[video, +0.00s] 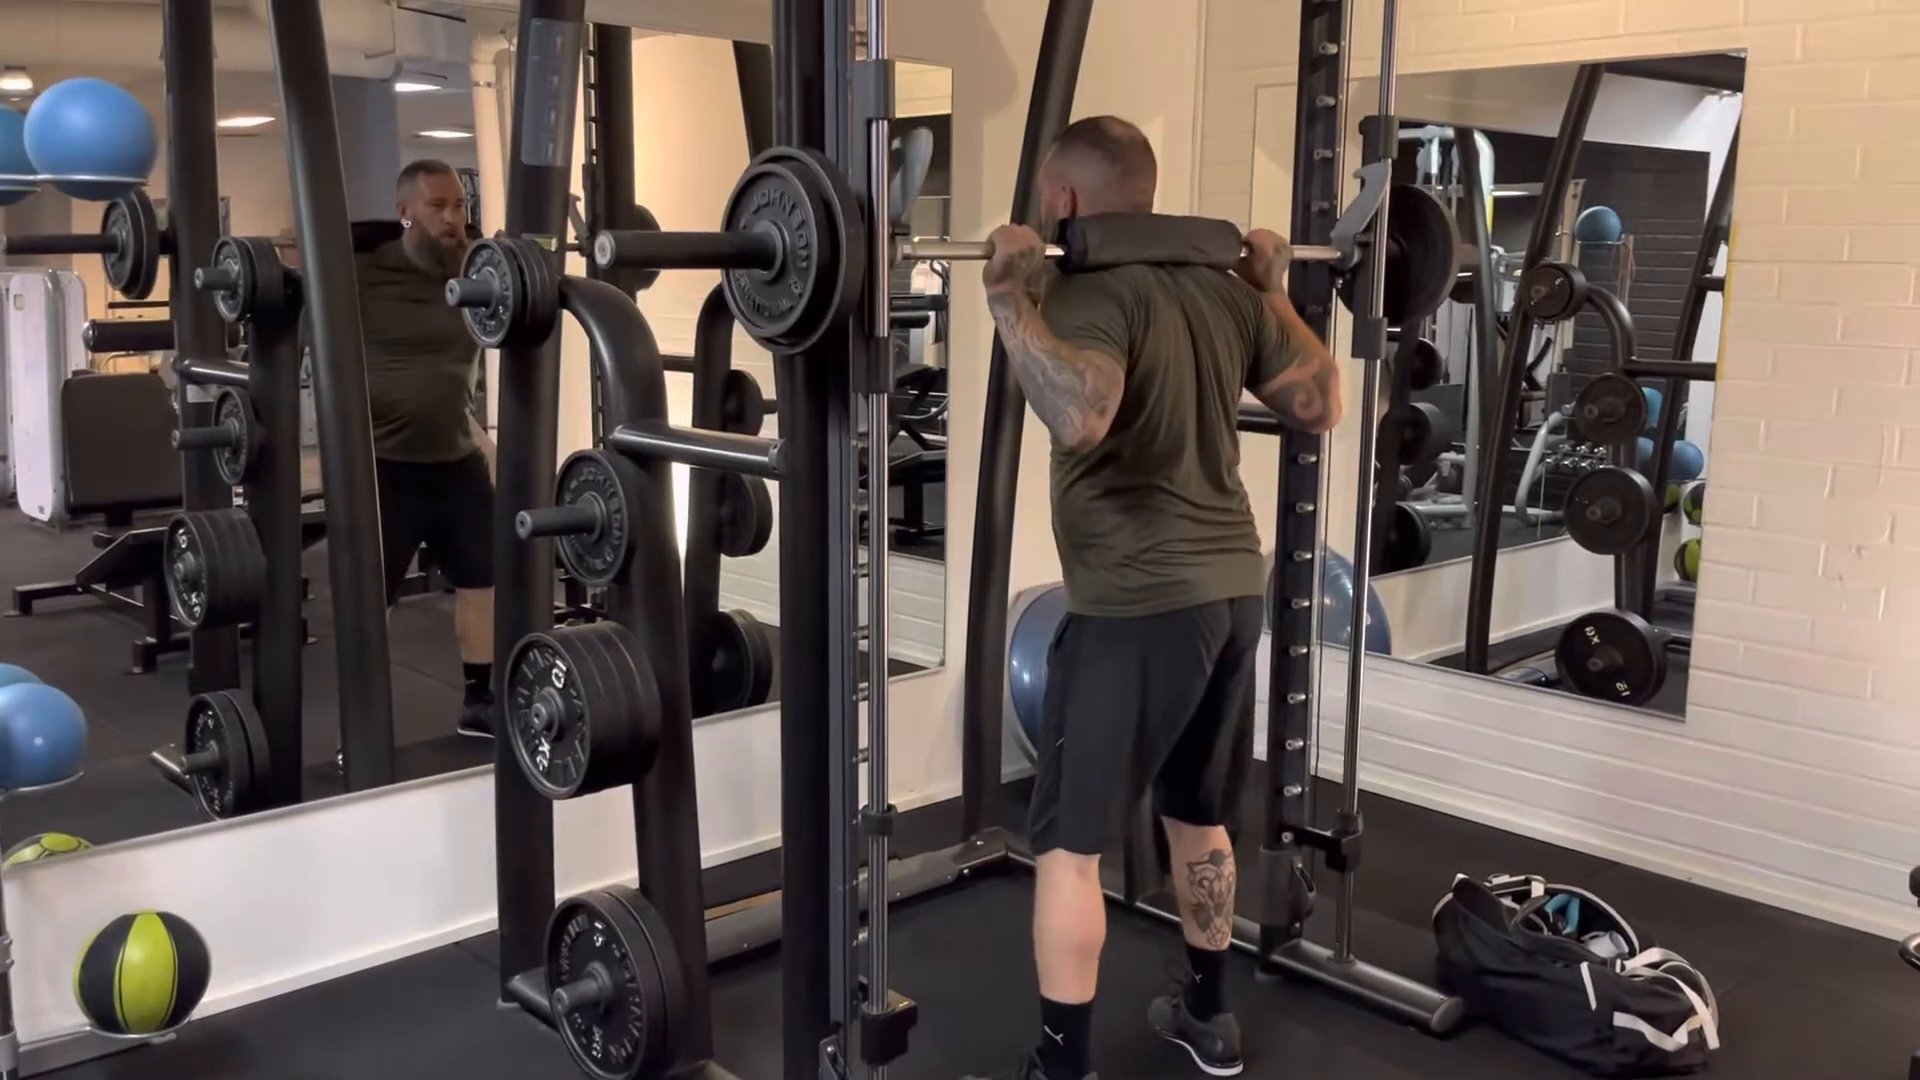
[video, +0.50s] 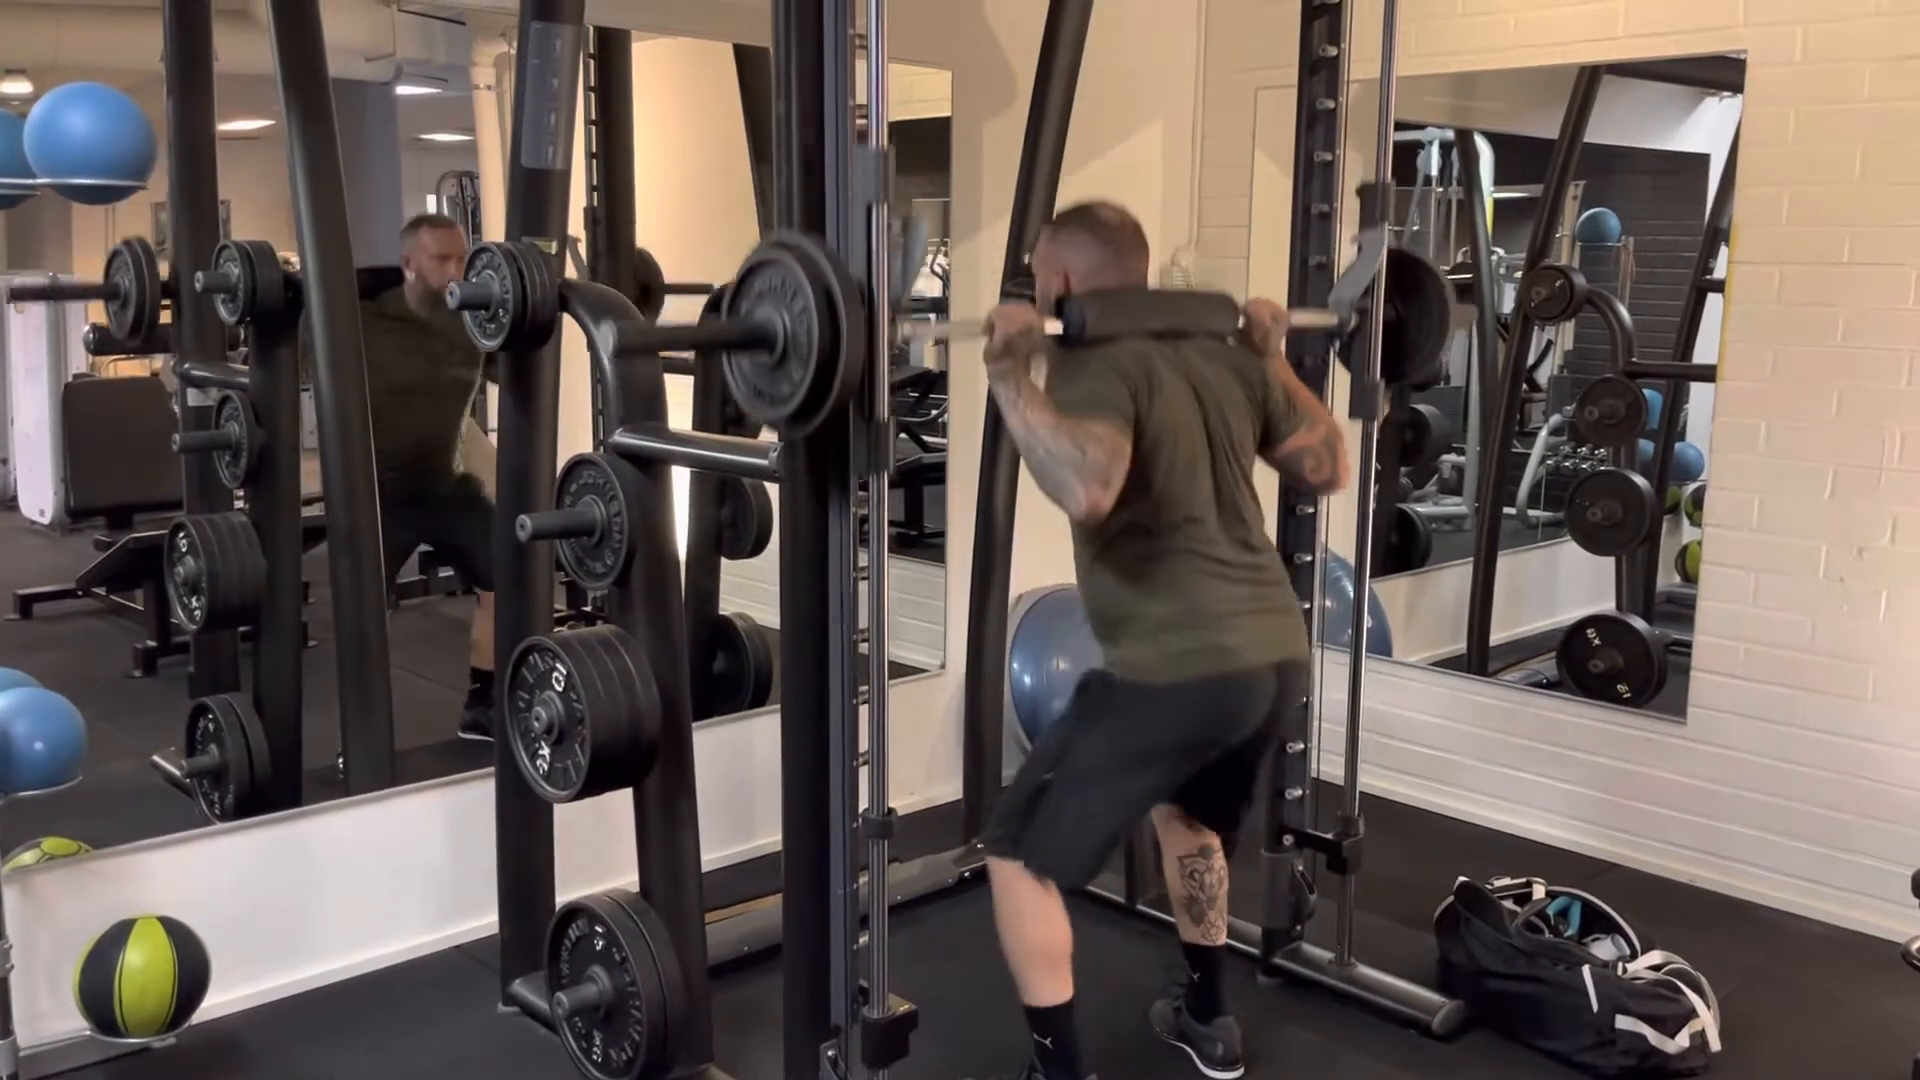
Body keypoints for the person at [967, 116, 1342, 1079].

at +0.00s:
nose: (1042, 214)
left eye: (1044, 199)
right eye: (1045, 200)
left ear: (1067, 195)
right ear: (1147, 191)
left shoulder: (1095, 283)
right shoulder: (1225, 281)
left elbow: (1081, 414)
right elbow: (1315, 402)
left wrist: (1009, 291)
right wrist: (1273, 293)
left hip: (1135, 604)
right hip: (1234, 592)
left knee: (1072, 840)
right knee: (1197, 806)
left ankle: (1061, 1065)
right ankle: (1209, 1016)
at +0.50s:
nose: (1040, 300)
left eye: (1045, 284)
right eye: (1040, 284)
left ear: (1071, 280)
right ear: (1140, 271)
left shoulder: (1101, 361)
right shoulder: (1228, 351)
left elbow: (1087, 484)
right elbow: (1324, 464)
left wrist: (1011, 376)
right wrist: (1275, 356)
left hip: (1173, 674)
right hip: (1271, 664)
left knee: (1019, 850)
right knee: (1187, 810)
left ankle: (1058, 1067)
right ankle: (1210, 1022)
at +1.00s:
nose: (1033, 546)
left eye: (1033, 529)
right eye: (1032, 528)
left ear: (1056, 536)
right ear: (1132, 521)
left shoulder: (1098, 609)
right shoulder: (1223, 594)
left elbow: (1093, 750)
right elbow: (1331, 688)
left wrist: (1005, 638)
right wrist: (1266, 585)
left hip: (1205, 914)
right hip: (1302, 898)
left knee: (971, 863)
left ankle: (1053, 1067)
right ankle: (1205, 1022)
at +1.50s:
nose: (1034, 524)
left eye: (1035, 508)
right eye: (1033, 507)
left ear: (1058, 515)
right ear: (1132, 503)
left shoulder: (1094, 591)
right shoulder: (1222, 575)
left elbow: (1091, 729)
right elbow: (1329, 674)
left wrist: (1004, 621)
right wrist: (1265, 568)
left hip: (1209, 892)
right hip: (1309, 876)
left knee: (977, 863)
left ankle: (1050, 1067)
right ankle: (1203, 1021)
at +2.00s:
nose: (1038, 280)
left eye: (1041, 264)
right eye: (1039, 265)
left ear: (1065, 261)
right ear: (1137, 256)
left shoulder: (1089, 352)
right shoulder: (1219, 345)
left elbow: (1075, 481)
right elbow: (1313, 460)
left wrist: (1007, 376)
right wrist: (1267, 353)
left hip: (1152, 660)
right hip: (1254, 649)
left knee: (1020, 855)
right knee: (1177, 819)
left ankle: (1055, 1067)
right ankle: (1201, 1022)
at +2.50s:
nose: (1037, 223)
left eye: (1041, 207)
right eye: (1043, 207)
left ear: (1063, 208)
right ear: (1141, 205)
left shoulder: (1087, 302)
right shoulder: (1210, 299)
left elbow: (1074, 429)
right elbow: (1305, 420)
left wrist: (1001, 309)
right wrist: (1266, 310)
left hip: (1119, 622)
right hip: (1216, 608)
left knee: (1057, 854)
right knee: (1186, 825)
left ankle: (1056, 1067)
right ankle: (1203, 1032)